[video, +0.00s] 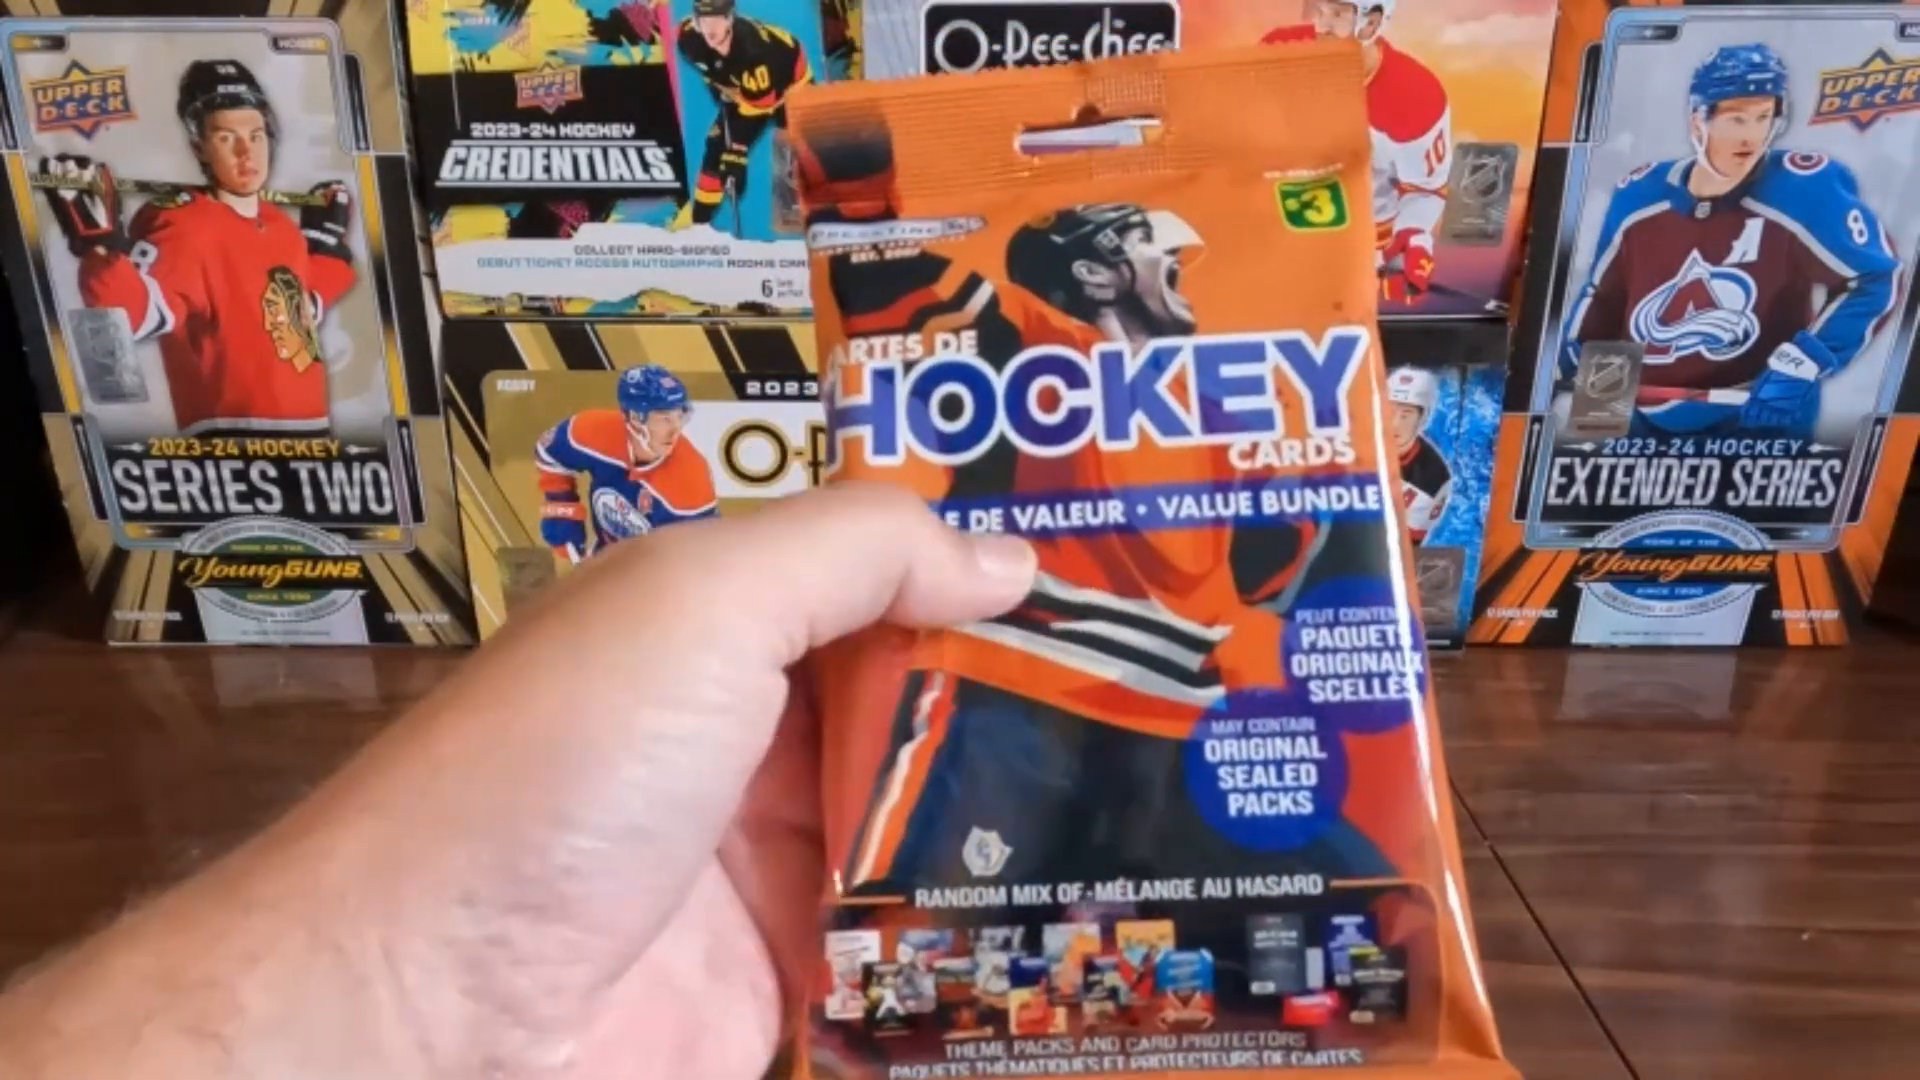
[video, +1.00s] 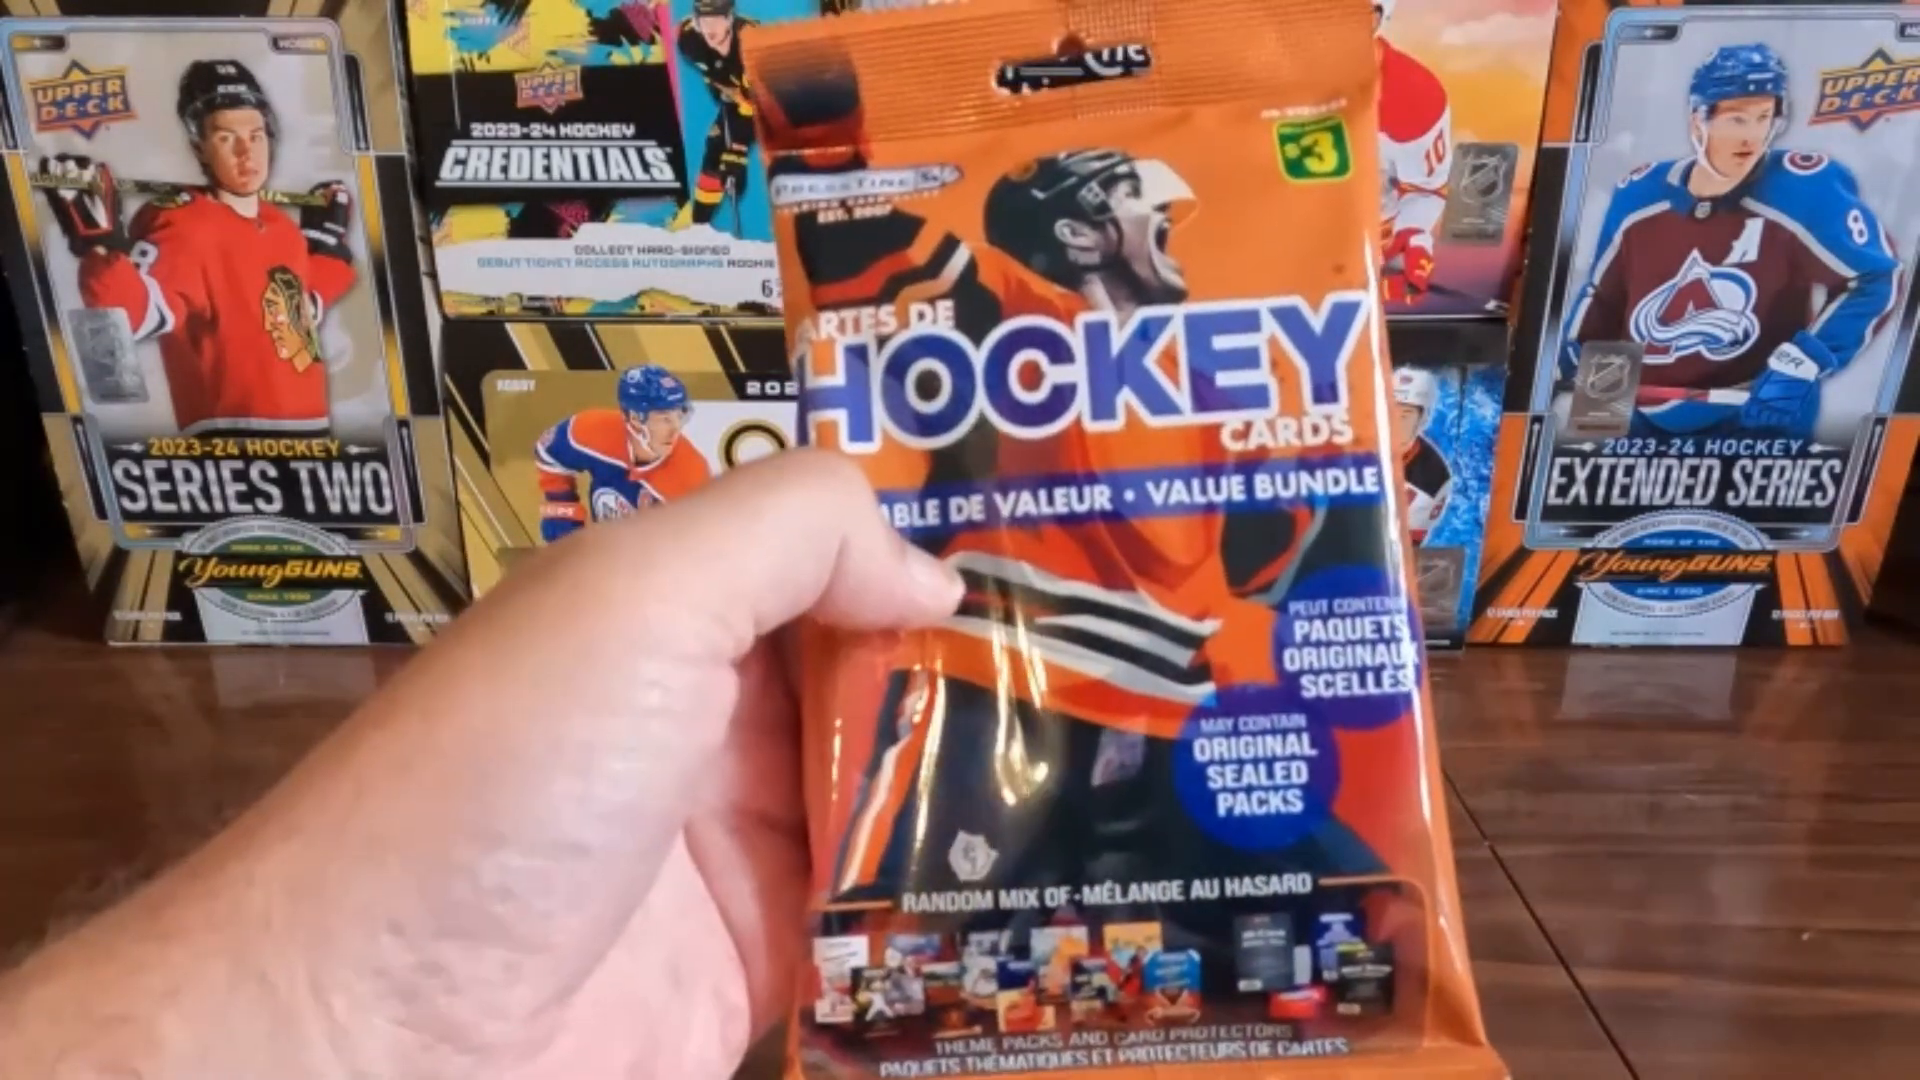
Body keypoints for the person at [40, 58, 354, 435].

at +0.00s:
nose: (247, 152)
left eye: (256, 135)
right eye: (228, 139)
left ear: (270, 139)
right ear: (200, 149)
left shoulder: (282, 227)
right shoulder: (183, 226)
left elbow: (303, 305)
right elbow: (140, 316)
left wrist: (334, 251)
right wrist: (100, 251)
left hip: (307, 432)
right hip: (230, 439)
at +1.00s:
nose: (247, 152)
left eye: (256, 135)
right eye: (228, 139)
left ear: (270, 140)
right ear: (201, 150)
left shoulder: (283, 227)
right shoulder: (183, 226)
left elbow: (303, 305)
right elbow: (142, 315)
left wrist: (334, 250)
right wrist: (100, 250)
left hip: (307, 432)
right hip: (230, 438)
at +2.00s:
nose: (247, 153)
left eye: (256, 135)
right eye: (228, 139)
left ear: (270, 139)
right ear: (200, 149)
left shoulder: (283, 228)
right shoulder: (183, 226)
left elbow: (302, 304)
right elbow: (142, 314)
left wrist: (335, 251)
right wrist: (100, 249)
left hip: (307, 433)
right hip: (229, 440)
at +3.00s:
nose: (247, 153)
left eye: (257, 135)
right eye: (227, 139)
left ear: (270, 139)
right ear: (200, 149)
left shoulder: (283, 229)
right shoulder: (183, 227)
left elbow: (302, 306)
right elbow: (137, 317)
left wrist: (332, 249)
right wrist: (100, 249)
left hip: (307, 435)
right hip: (230, 441)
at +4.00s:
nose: (246, 150)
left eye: (256, 134)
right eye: (227, 138)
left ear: (270, 139)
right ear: (201, 148)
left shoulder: (281, 227)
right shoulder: (183, 226)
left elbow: (302, 310)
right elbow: (138, 316)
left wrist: (333, 251)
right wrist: (99, 246)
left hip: (305, 425)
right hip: (229, 434)